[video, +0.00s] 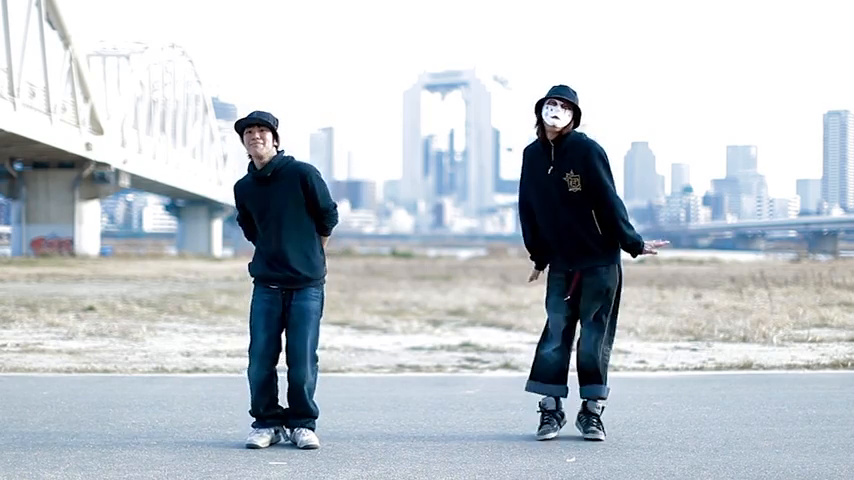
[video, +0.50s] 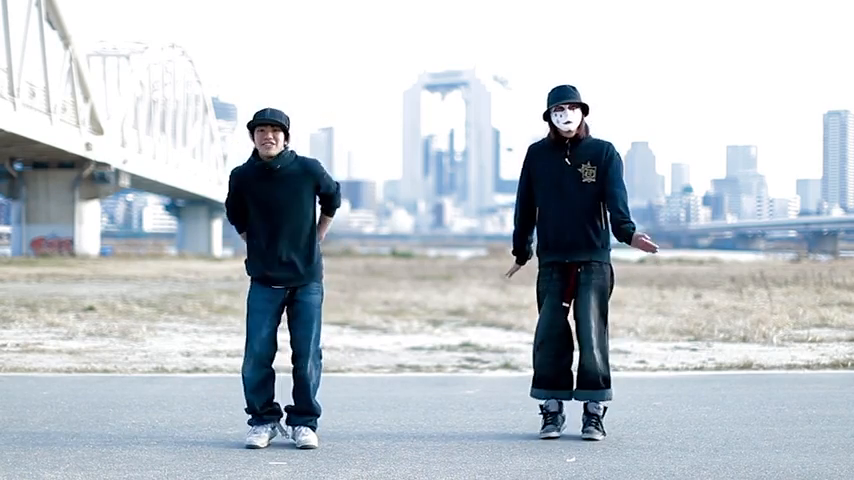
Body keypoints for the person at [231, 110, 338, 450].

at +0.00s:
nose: (256, 139)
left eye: (261, 133)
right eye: (249, 135)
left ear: (274, 137)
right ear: (244, 143)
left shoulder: (303, 173)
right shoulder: (243, 187)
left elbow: (328, 216)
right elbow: (250, 230)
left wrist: (314, 245)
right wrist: (277, 246)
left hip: (306, 282)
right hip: (266, 283)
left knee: (301, 356)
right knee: (259, 356)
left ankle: (302, 425)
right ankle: (266, 424)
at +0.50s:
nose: (268, 136)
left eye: (274, 131)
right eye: (262, 131)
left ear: (285, 136)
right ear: (252, 137)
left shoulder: (309, 170)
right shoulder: (241, 177)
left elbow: (332, 197)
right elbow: (236, 217)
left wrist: (318, 232)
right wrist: (257, 240)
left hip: (306, 276)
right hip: (264, 277)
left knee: (306, 351)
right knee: (257, 351)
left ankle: (304, 422)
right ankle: (262, 422)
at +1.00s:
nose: (276, 125)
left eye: (283, 120)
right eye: (271, 119)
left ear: (294, 127)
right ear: (262, 124)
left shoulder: (310, 168)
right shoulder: (250, 165)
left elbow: (320, 218)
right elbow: (242, 217)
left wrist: (328, 259)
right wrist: (235, 204)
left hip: (303, 273)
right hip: (260, 272)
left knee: (303, 352)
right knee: (251, 346)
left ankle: (303, 422)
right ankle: (269, 388)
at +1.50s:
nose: (283, 128)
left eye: (290, 122)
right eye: (278, 121)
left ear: (300, 128)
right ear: (267, 125)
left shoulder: (312, 168)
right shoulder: (248, 160)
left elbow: (321, 217)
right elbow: (231, 206)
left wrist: (333, 191)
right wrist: (221, 247)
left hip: (297, 268)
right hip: (257, 268)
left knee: (293, 343)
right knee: (256, 345)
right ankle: (261, 420)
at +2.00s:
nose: (276, 125)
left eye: (283, 121)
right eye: (271, 120)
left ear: (294, 127)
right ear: (261, 125)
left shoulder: (311, 165)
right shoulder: (243, 166)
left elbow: (346, 196)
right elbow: (204, 189)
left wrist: (380, 212)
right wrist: (165, 201)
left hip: (298, 272)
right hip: (255, 273)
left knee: (295, 350)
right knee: (243, 347)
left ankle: (293, 425)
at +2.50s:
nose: (278, 132)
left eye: (285, 127)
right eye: (273, 126)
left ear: (296, 133)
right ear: (264, 129)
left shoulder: (307, 174)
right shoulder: (242, 166)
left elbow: (310, 224)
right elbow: (220, 211)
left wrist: (309, 264)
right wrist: (218, 257)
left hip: (290, 277)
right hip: (249, 276)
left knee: (287, 353)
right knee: (247, 354)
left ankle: (294, 425)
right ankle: (250, 422)